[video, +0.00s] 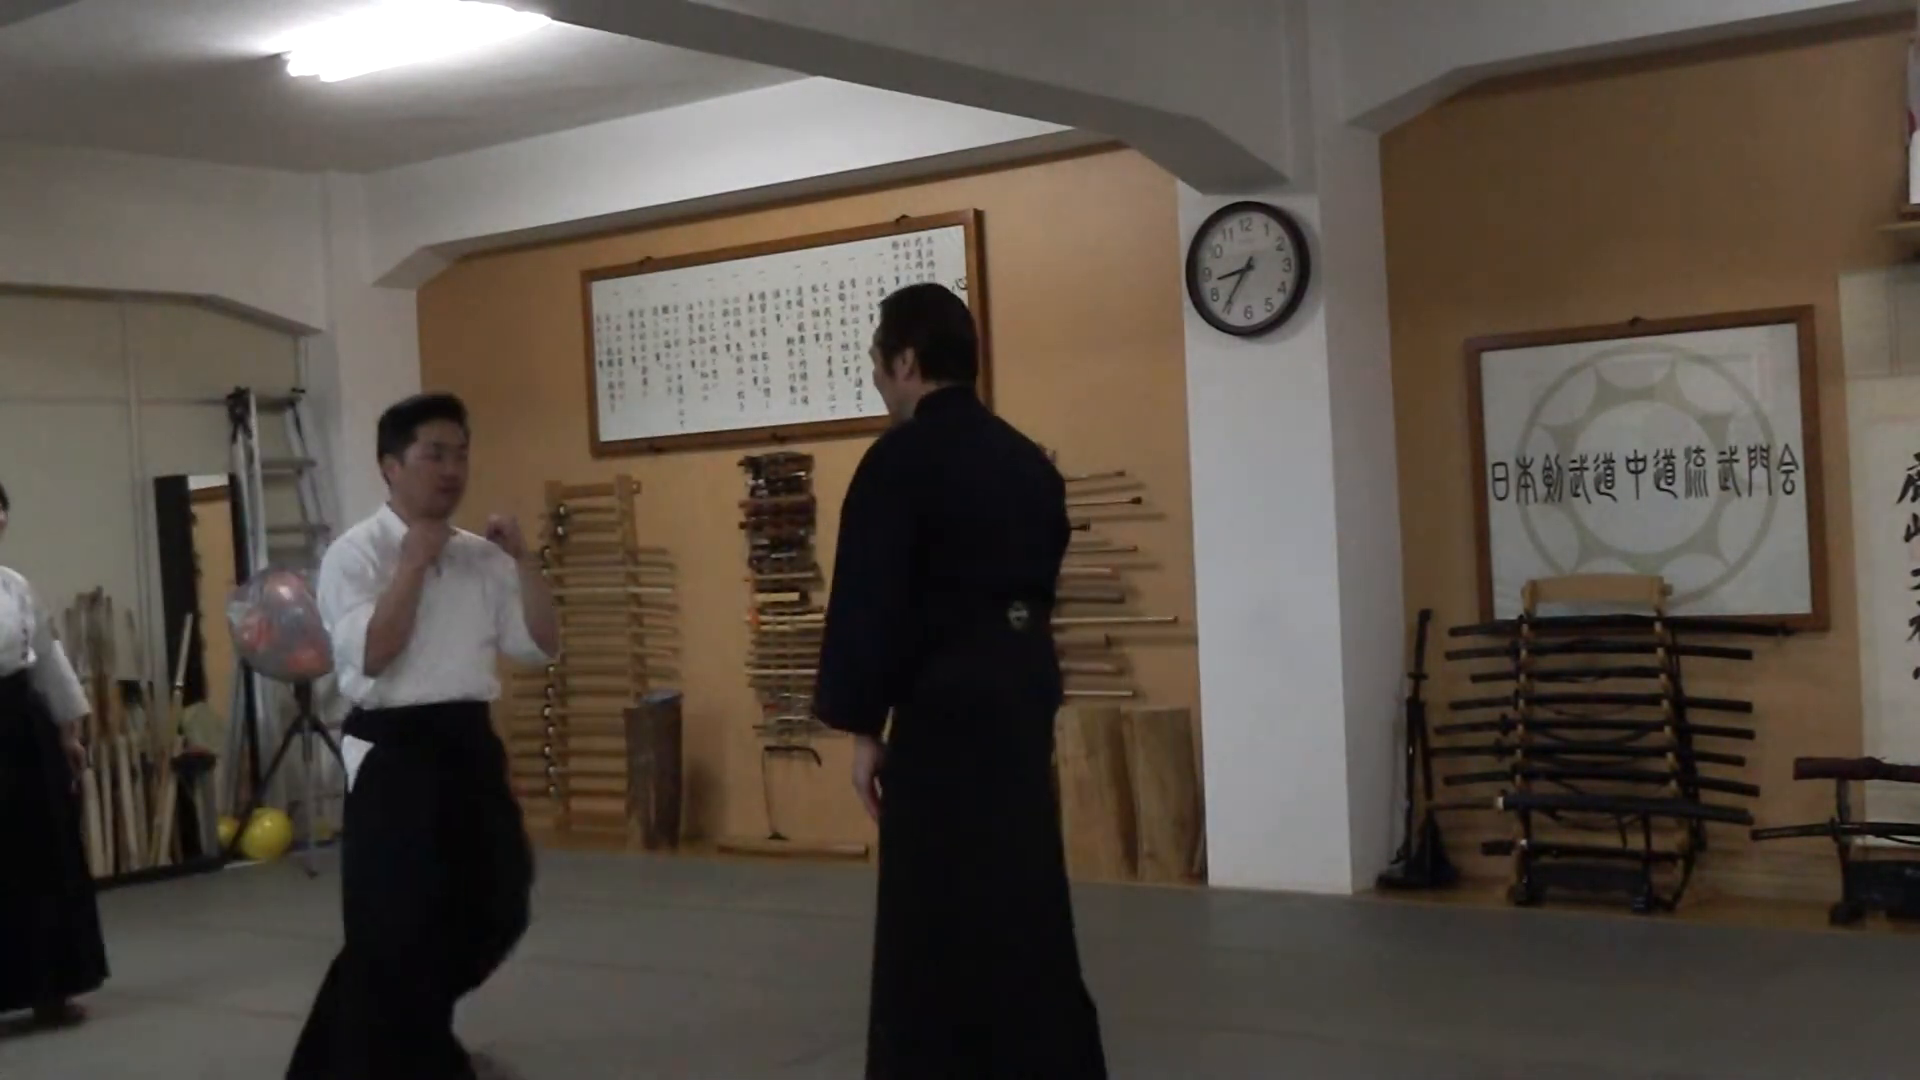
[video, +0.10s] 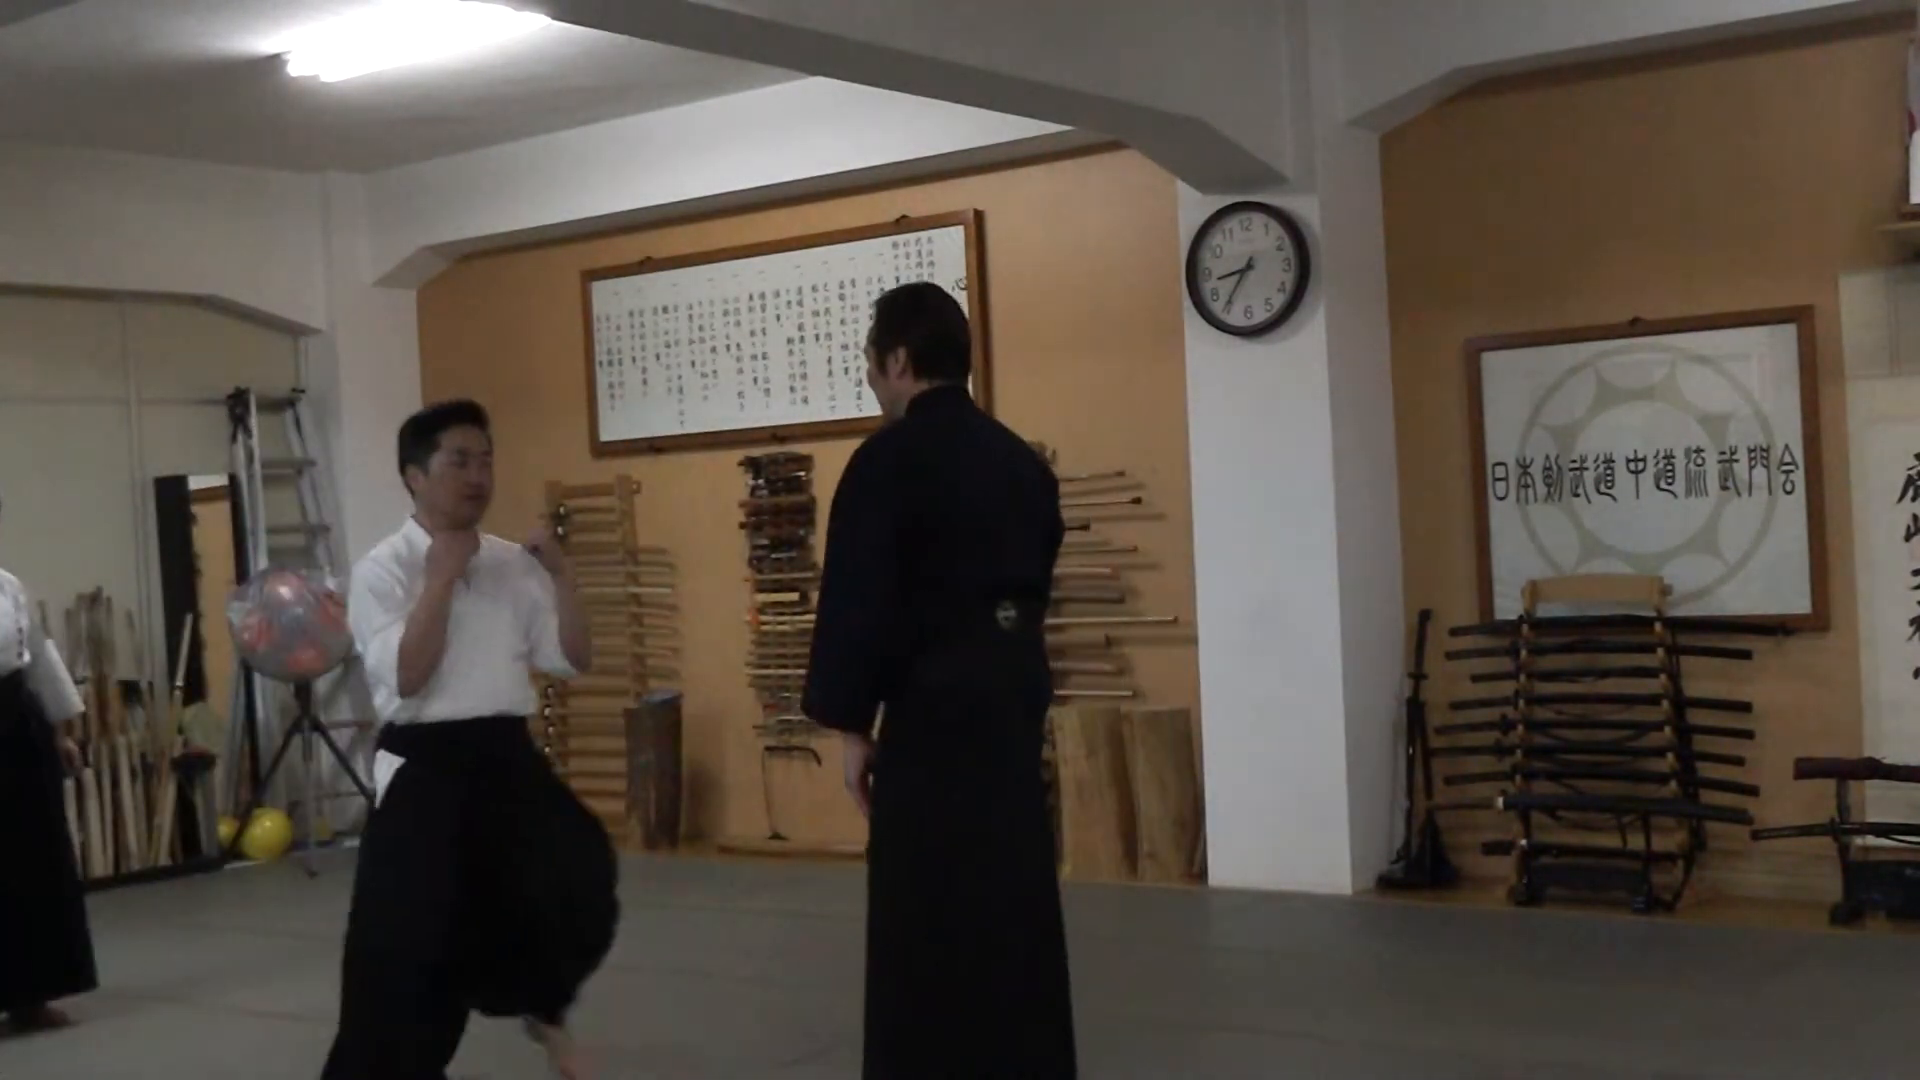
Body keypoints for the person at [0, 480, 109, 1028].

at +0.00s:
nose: (3, 522)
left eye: (4, 511)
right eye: (2, 512)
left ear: (7, 518)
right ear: (3, 519)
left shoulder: (14, 587)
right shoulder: (15, 587)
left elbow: (46, 658)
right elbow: (46, 660)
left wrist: (71, 725)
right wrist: (71, 725)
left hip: (23, 716)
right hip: (21, 717)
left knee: (42, 849)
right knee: (39, 851)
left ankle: (52, 989)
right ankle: (47, 989)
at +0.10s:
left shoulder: (11, 589)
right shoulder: (13, 591)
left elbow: (36, 662)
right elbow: (36, 664)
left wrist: (60, 730)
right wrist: (58, 731)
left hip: (21, 732)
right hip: (18, 733)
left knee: (31, 861)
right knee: (26, 863)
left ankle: (30, 995)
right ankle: (25, 995)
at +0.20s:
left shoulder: (8, 591)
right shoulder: (11, 594)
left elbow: (34, 658)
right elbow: (34, 660)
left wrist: (57, 731)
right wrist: (57, 731)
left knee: (29, 864)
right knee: (26, 866)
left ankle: (29, 995)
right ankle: (26, 996)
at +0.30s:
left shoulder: (8, 594)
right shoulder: (10, 596)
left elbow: (31, 658)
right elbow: (32, 659)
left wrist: (55, 731)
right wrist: (55, 732)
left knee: (28, 868)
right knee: (27, 869)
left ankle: (30, 993)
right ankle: (27, 994)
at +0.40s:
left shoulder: (7, 594)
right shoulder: (9, 597)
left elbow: (29, 654)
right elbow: (30, 656)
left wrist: (55, 730)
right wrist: (55, 731)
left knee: (28, 869)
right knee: (26, 870)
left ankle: (30, 992)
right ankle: (27, 993)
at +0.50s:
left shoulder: (5, 593)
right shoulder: (7, 596)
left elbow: (27, 653)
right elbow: (28, 654)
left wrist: (57, 726)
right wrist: (58, 728)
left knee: (27, 868)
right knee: (25, 869)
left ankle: (28, 994)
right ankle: (25, 995)